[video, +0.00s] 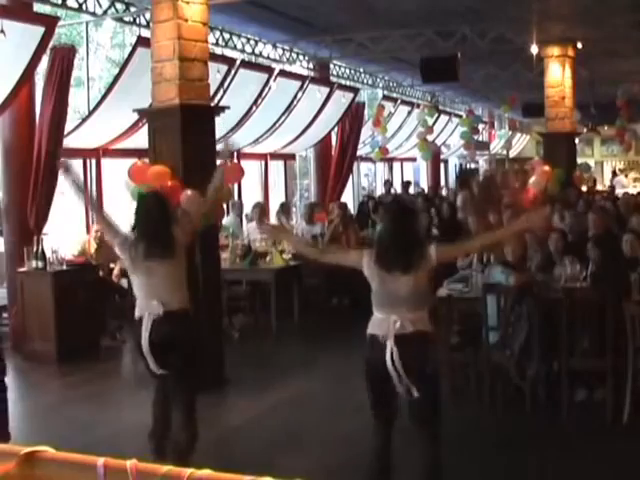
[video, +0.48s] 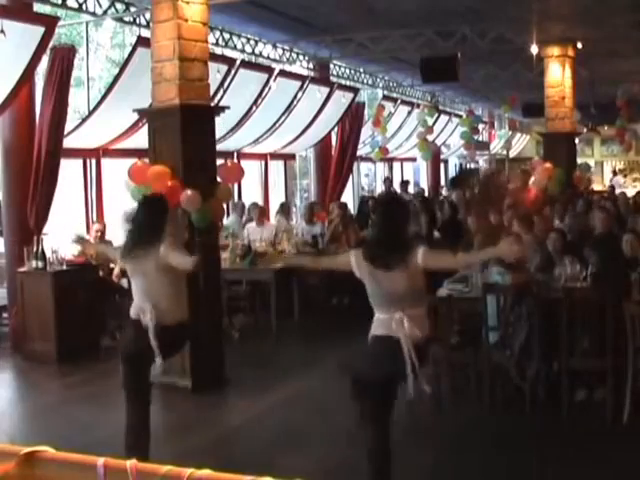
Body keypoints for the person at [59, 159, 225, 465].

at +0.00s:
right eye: (168, 210)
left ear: (138, 216)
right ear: (167, 215)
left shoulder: (129, 247)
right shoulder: (177, 239)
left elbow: (97, 211)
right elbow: (206, 205)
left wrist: (68, 173)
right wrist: (222, 168)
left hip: (151, 321)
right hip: (181, 318)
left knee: (161, 386)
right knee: (184, 389)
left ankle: (159, 450)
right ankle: (183, 454)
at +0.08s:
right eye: (162, 222)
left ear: (136, 229)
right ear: (165, 229)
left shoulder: (128, 260)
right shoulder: (179, 257)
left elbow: (92, 229)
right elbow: (211, 235)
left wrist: (60, 200)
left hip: (147, 334)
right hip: (179, 332)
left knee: (154, 398)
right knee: (183, 398)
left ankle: (155, 460)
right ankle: (185, 462)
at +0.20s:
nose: (170, 221)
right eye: (167, 216)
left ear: (137, 219)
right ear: (164, 219)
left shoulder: (123, 250)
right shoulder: (175, 249)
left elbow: (95, 238)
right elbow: (212, 244)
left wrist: (70, 223)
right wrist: (248, 227)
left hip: (139, 328)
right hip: (172, 326)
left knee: (146, 392)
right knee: (175, 392)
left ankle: (152, 458)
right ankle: (178, 458)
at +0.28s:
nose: (168, 214)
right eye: (166, 209)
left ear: (131, 213)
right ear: (162, 213)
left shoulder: (123, 245)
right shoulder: (170, 243)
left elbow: (102, 241)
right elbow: (210, 246)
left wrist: (80, 231)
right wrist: (239, 232)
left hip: (139, 321)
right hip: (173, 320)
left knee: (140, 389)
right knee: (167, 356)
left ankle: (143, 459)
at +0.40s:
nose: (169, 220)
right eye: (166, 216)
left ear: (130, 218)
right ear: (160, 219)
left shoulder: (126, 252)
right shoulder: (165, 249)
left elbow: (110, 253)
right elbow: (190, 257)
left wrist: (91, 248)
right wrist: (198, 236)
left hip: (140, 330)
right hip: (174, 328)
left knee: (137, 403)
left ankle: (135, 464)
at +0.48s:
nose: (170, 223)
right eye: (167, 217)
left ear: (137, 219)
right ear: (163, 220)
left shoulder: (128, 253)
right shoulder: (164, 249)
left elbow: (109, 252)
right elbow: (188, 263)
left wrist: (88, 245)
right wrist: (195, 258)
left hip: (137, 333)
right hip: (170, 331)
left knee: (137, 401)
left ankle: (135, 464)